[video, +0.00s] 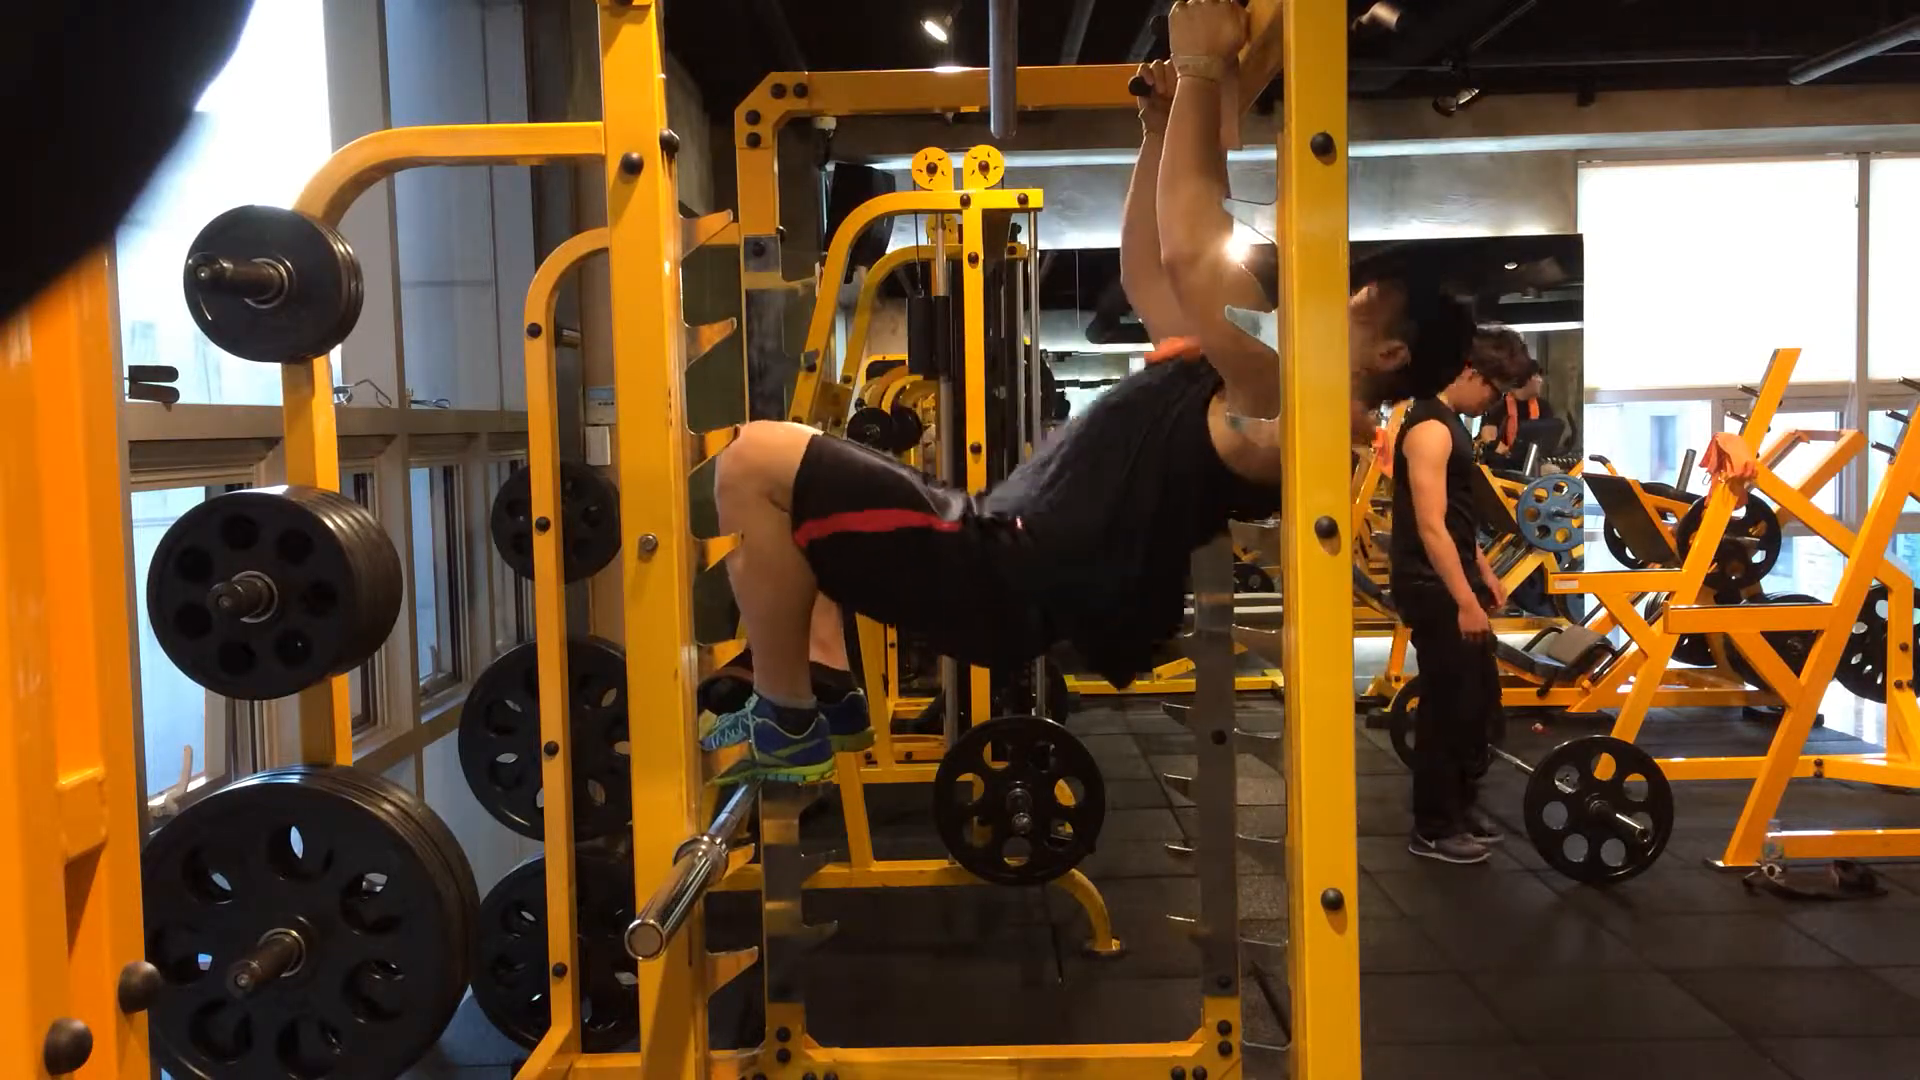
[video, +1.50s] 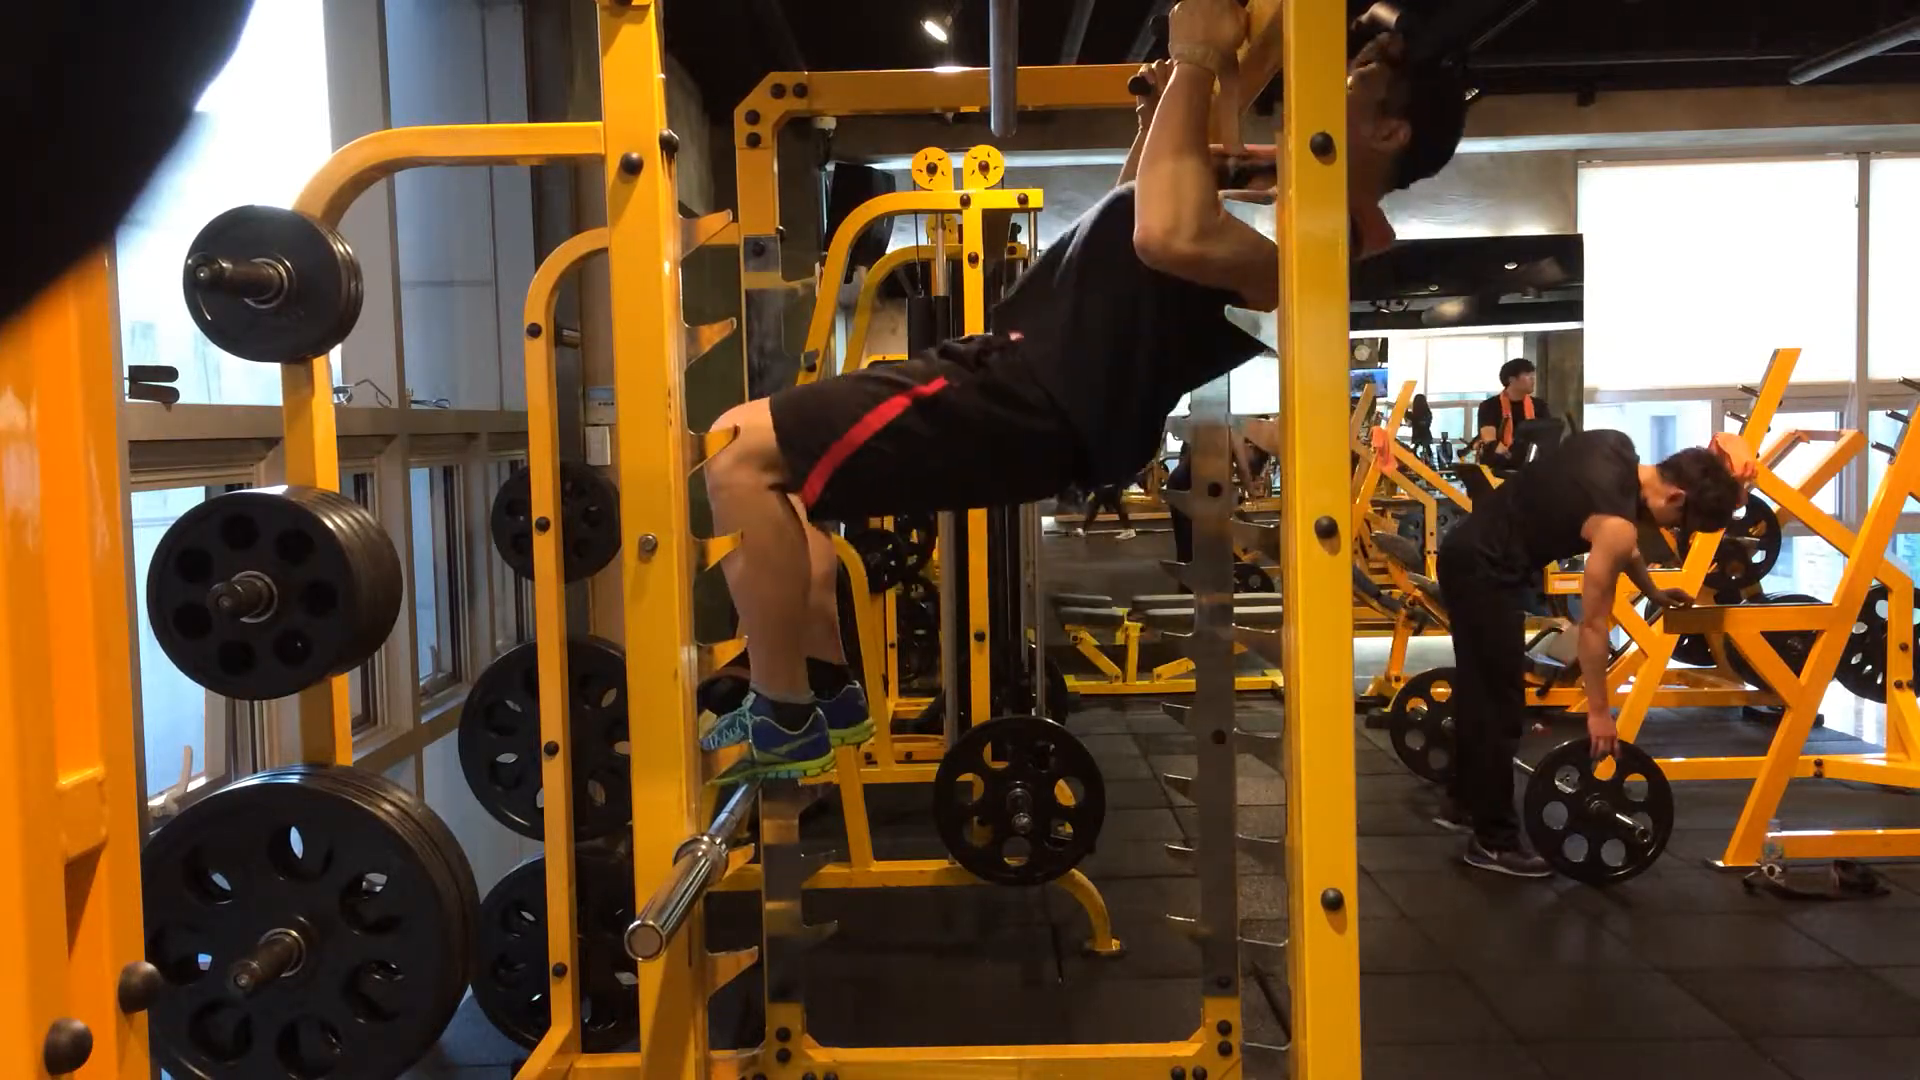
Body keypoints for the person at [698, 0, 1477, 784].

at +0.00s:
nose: (1335, 298)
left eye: (1359, 299)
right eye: (1354, 289)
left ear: (1383, 351)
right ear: (1365, 333)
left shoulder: (1301, 414)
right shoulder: (1259, 379)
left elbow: (1200, 266)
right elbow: (1149, 281)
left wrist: (1205, 75)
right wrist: (1161, 120)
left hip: (1008, 583)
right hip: (998, 537)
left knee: (752, 468)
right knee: (778, 448)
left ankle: (786, 715)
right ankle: (821, 670)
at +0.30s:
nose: (1357, 119)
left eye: (1382, 120)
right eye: (1370, 105)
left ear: (1412, 172)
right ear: (1362, 125)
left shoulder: (1339, 250)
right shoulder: (1315, 210)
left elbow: (1185, 241)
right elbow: (1157, 216)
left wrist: (1203, 71)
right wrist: (1190, 90)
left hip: (1057, 423)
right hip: (1039, 387)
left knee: (745, 460)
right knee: (768, 431)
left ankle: (783, 714)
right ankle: (821, 670)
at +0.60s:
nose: (1348, 118)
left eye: (1374, 117)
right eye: (1358, 102)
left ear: (1410, 164)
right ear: (1346, 113)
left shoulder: (1347, 239)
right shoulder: (1313, 212)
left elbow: (1188, 246)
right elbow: (1143, 241)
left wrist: (1206, 75)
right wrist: (1161, 123)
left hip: (1050, 436)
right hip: (1040, 411)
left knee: (757, 454)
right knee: (794, 449)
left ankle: (786, 714)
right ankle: (827, 673)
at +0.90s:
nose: (1338, 258)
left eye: (1365, 257)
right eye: (1354, 248)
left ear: (1398, 310)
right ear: (1386, 312)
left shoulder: (1321, 394)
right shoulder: (1279, 377)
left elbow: (1207, 256)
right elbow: (1155, 287)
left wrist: (1205, 76)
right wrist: (1158, 132)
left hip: (1038, 564)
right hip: (1034, 534)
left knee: (772, 460)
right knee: (806, 454)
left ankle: (786, 719)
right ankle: (827, 679)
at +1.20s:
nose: (1335, 229)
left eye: (1364, 226)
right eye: (1354, 216)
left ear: (1399, 274)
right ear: (1388, 266)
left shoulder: (1338, 351)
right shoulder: (1300, 331)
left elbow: (1195, 253)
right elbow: (1138, 273)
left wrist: (1205, 72)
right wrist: (1157, 123)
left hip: (1025, 519)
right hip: (1013, 485)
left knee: (747, 469)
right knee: (766, 440)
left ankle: (784, 714)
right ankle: (822, 669)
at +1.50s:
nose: (1329, 84)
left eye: (1355, 81)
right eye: (1340, 71)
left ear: (1391, 132)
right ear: (1350, 118)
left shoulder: (1343, 233)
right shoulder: (1297, 188)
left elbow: (1177, 234)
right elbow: (1156, 195)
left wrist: (1199, 60)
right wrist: (1191, 80)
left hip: (1050, 407)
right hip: (1016, 364)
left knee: (743, 459)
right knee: (749, 433)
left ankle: (784, 712)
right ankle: (826, 672)